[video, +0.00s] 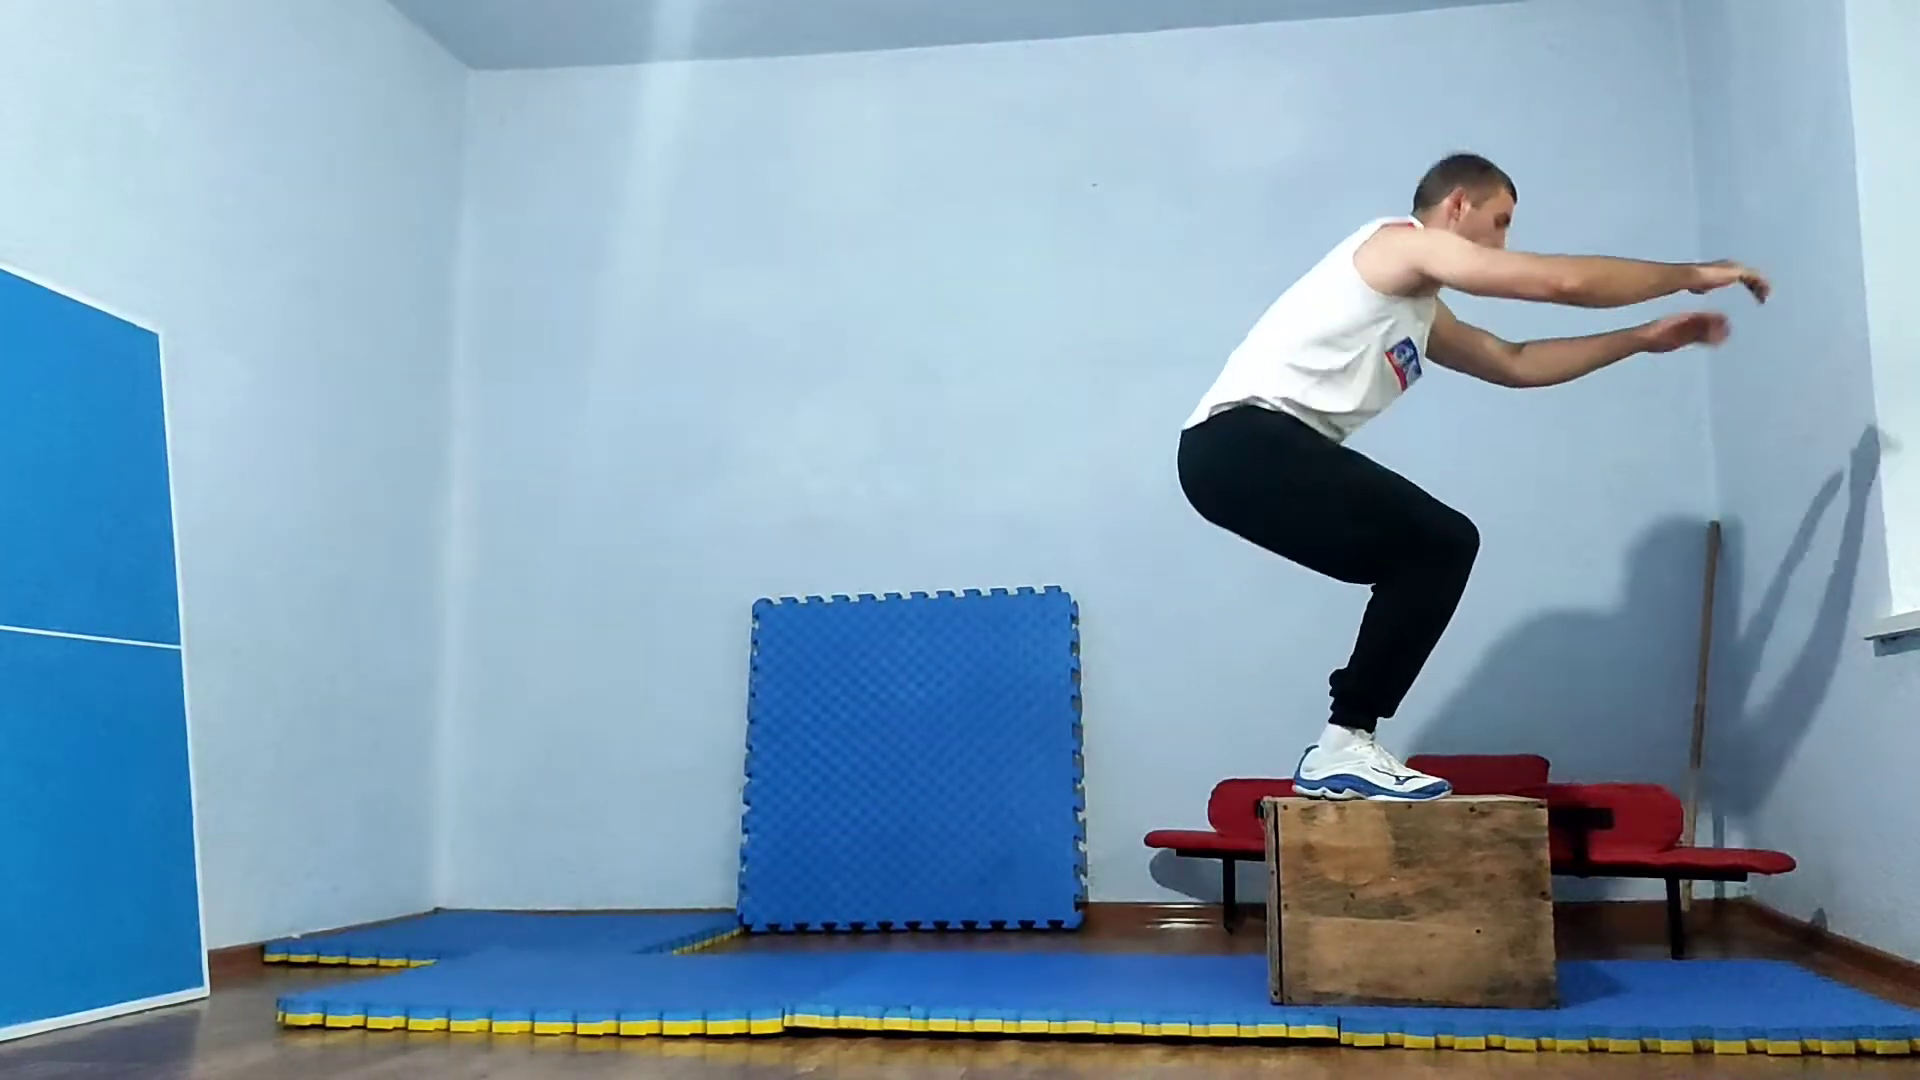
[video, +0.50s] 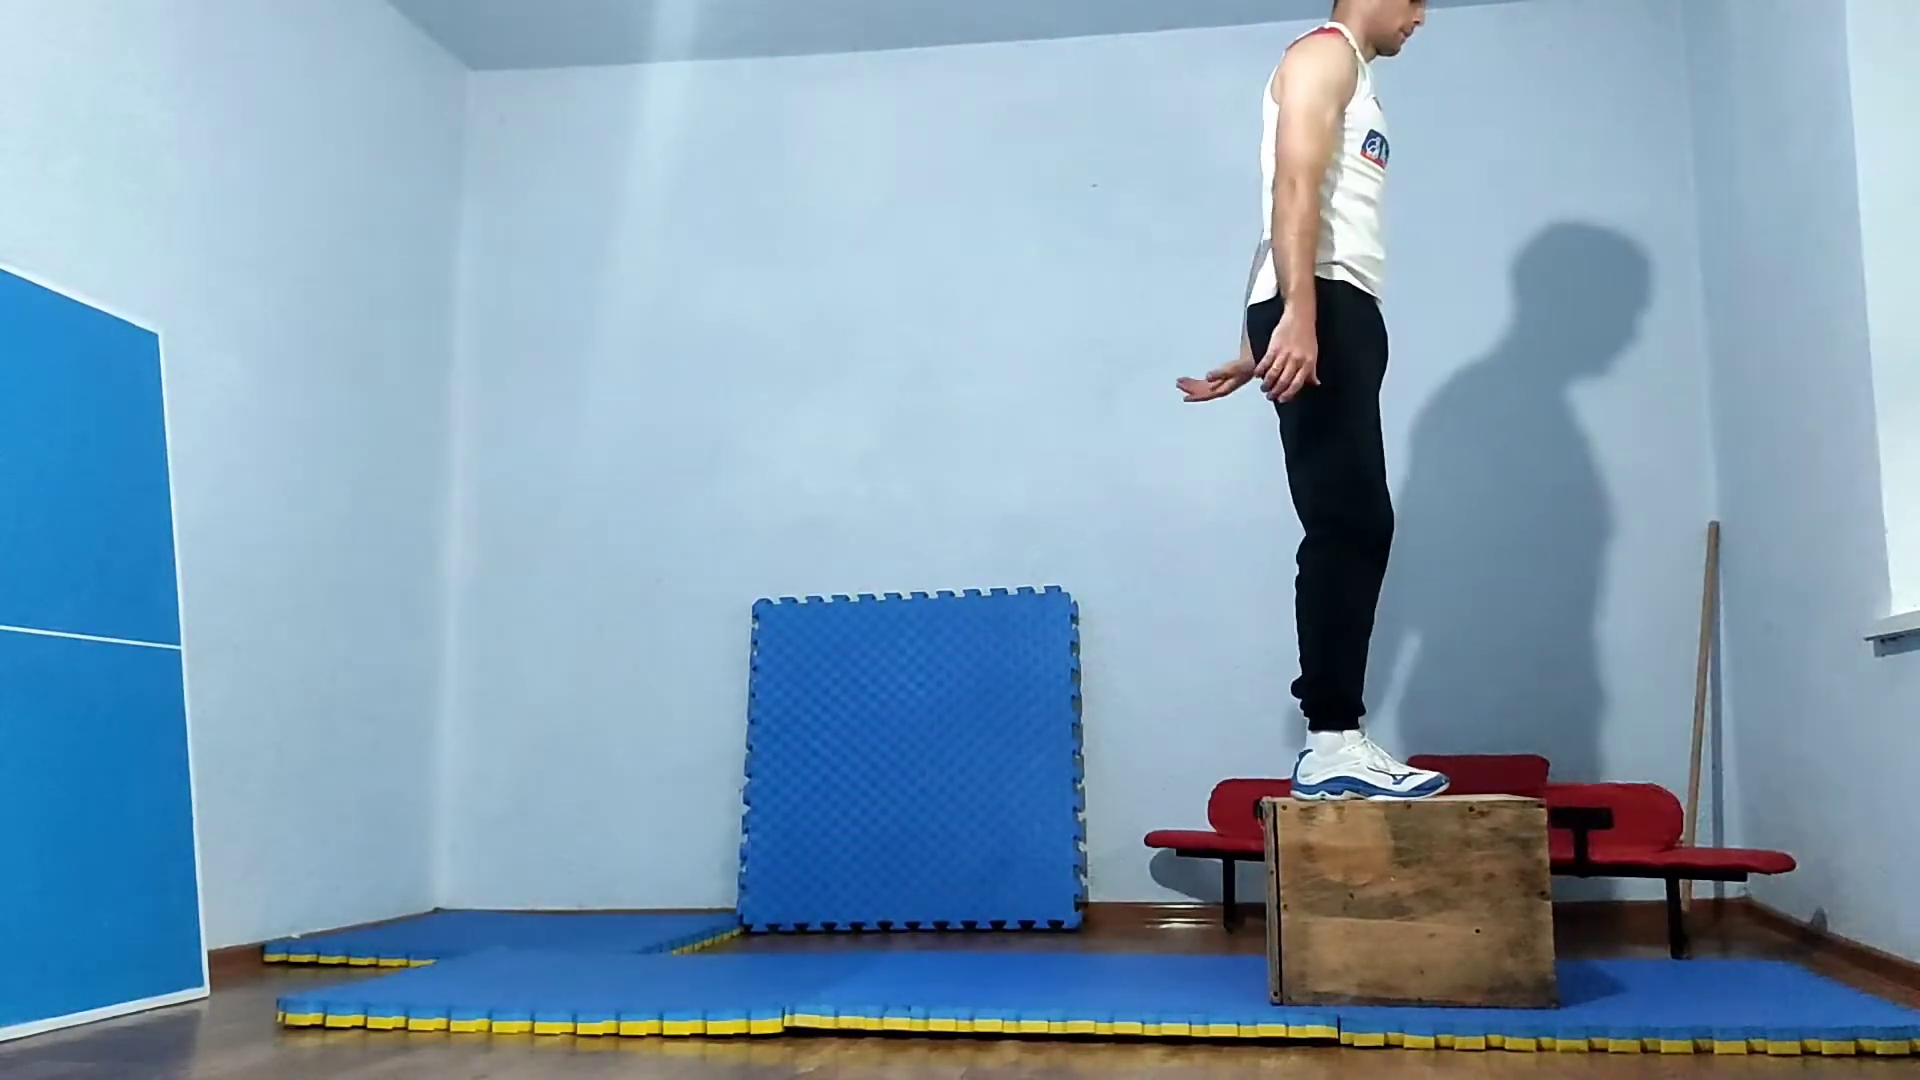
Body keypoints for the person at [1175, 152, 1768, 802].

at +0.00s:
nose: (1503, 240)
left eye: (1507, 229)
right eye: (1498, 223)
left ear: (1450, 214)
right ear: (1456, 207)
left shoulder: (1417, 310)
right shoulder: (1407, 245)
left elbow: (1519, 366)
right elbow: (1564, 283)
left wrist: (1643, 339)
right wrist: (1693, 274)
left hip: (1254, 452)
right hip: (1244, 441)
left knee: (1434, 547)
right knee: (1440, 542)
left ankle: (1347, 746)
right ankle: (1342, 748)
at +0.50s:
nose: (1420, 18)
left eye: (1423, 7)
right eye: (1415, 3)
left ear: (1373, 7)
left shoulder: (1347, 75)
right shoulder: (1325, 55)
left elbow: (1299, 213)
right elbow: (1295, 184)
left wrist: (1256, 347)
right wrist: (1295, 317)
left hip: (1331, 307)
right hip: (1322, 303)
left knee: (1353, 523)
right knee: (1349, 522)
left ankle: (1337, 740)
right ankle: (1332, 745)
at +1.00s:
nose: (1400, 85)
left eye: (1408, 73)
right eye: (1397, 64)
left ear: (1358, 49)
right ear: (1353, 41)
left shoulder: (1333, 152)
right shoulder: (1289, 90)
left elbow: (1306, 300)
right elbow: (1261, 209)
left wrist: (1382, 366)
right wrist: (1373, 285)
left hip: (1269, 343)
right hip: (1225, 322)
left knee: (1362, 536)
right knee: (1322, 512)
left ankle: (1334, 743)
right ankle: (1192, 685)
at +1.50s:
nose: (1167, 224)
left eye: (1174, 210)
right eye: (1164, 204)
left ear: (1129, 193)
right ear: (1116, 184)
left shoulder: (1091, 273)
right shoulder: (1058, 255)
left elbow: (1045, 416)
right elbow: (1075, 402)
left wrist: (989, 520)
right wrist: (1186, 491)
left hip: (1092, 507)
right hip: (1036, 513)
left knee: (1254, 541)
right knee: (1037, 715)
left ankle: (1327, 739)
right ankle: (949, 935)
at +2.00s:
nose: (921, 225)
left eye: (927, 213)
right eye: (914, 207)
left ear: (898, 212)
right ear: (864, 196)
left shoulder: (881, 304)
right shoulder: (814, 271)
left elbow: (911, 434)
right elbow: (739, 387)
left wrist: (995, 498)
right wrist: (751, 519)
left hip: (869, 522)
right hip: (837, 519)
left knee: (840, 719)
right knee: (915, 715)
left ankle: (707, 874)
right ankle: (943, 934)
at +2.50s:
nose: (735, 250)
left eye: (743, 241)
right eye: (728, 232)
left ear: (733, 242)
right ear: (684, 215)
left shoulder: (701, 318)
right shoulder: (629, 279)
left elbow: (667, 425)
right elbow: (581, 393)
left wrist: (685, 490)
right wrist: (661, 468)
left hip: (662, 527)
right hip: (619, 519)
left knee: (652, 724)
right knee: (635, 716)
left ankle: (646, 915)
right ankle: (510, 886)